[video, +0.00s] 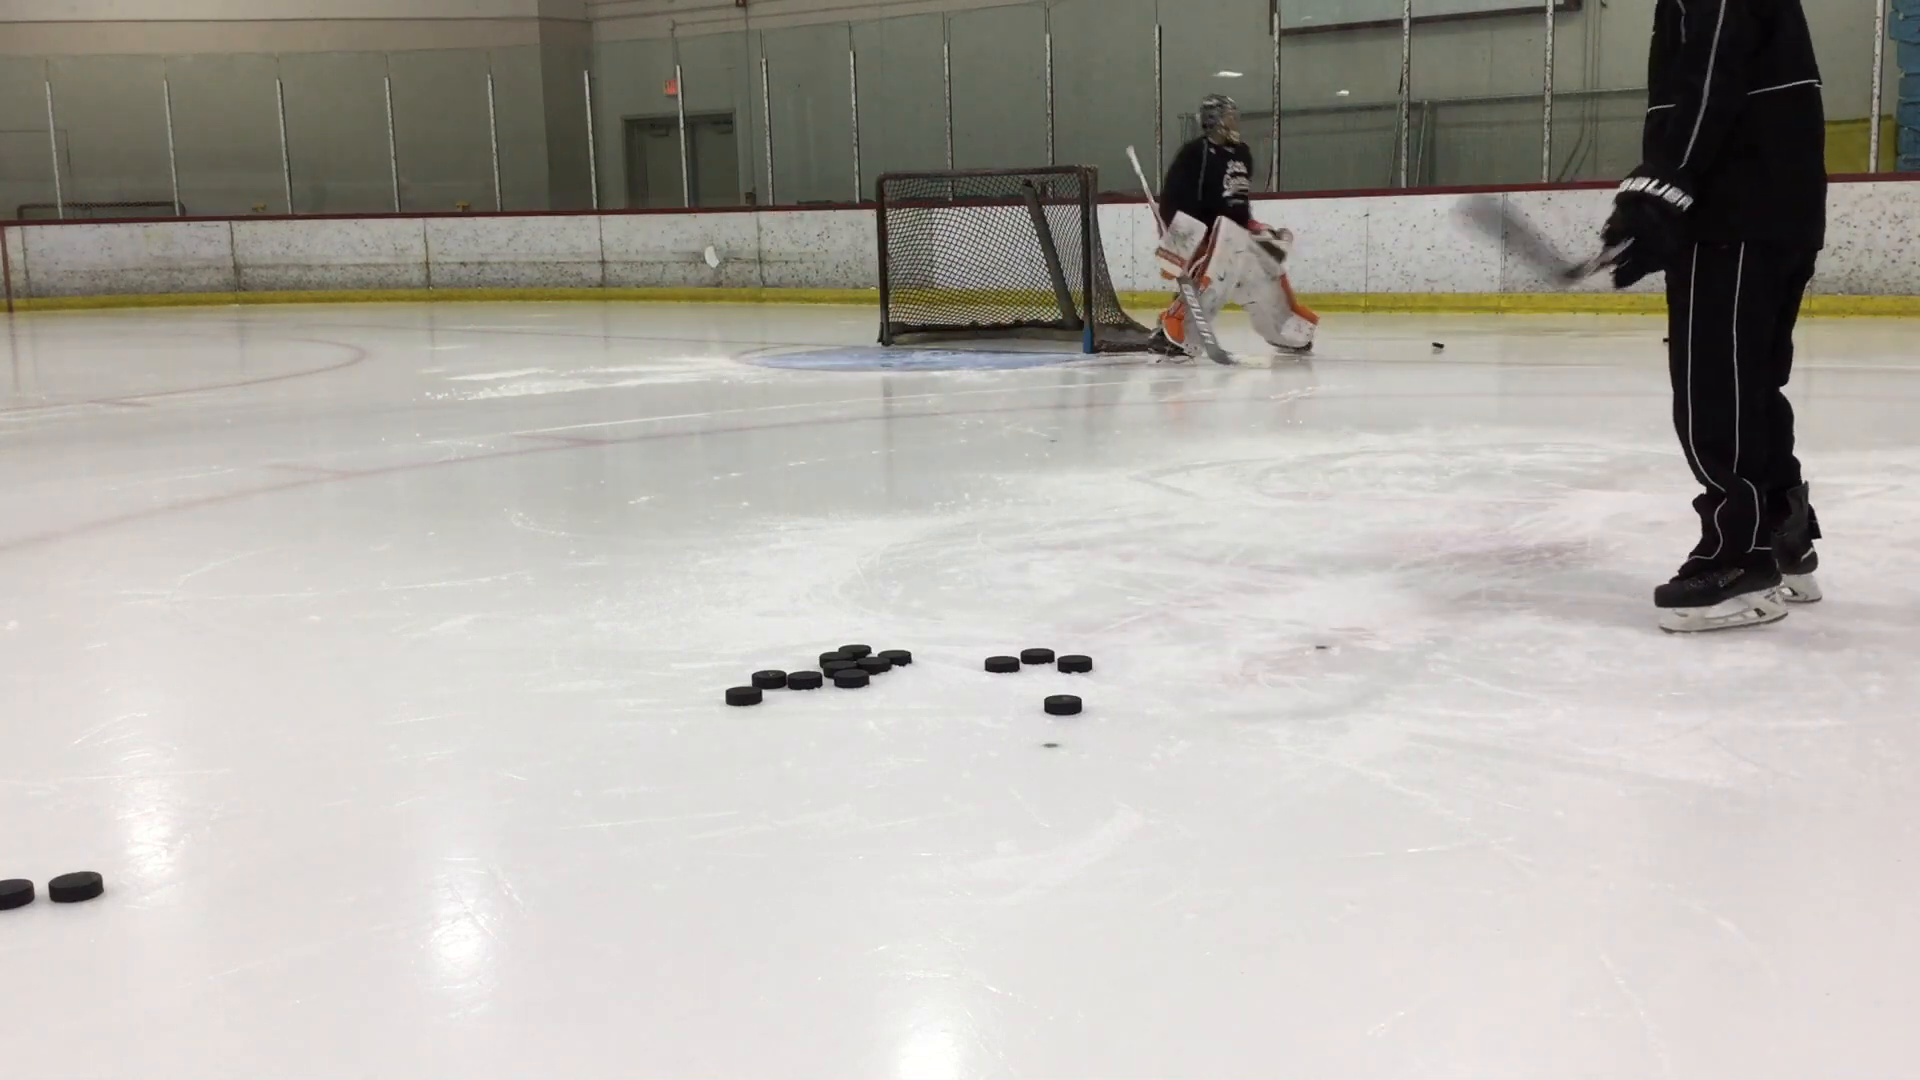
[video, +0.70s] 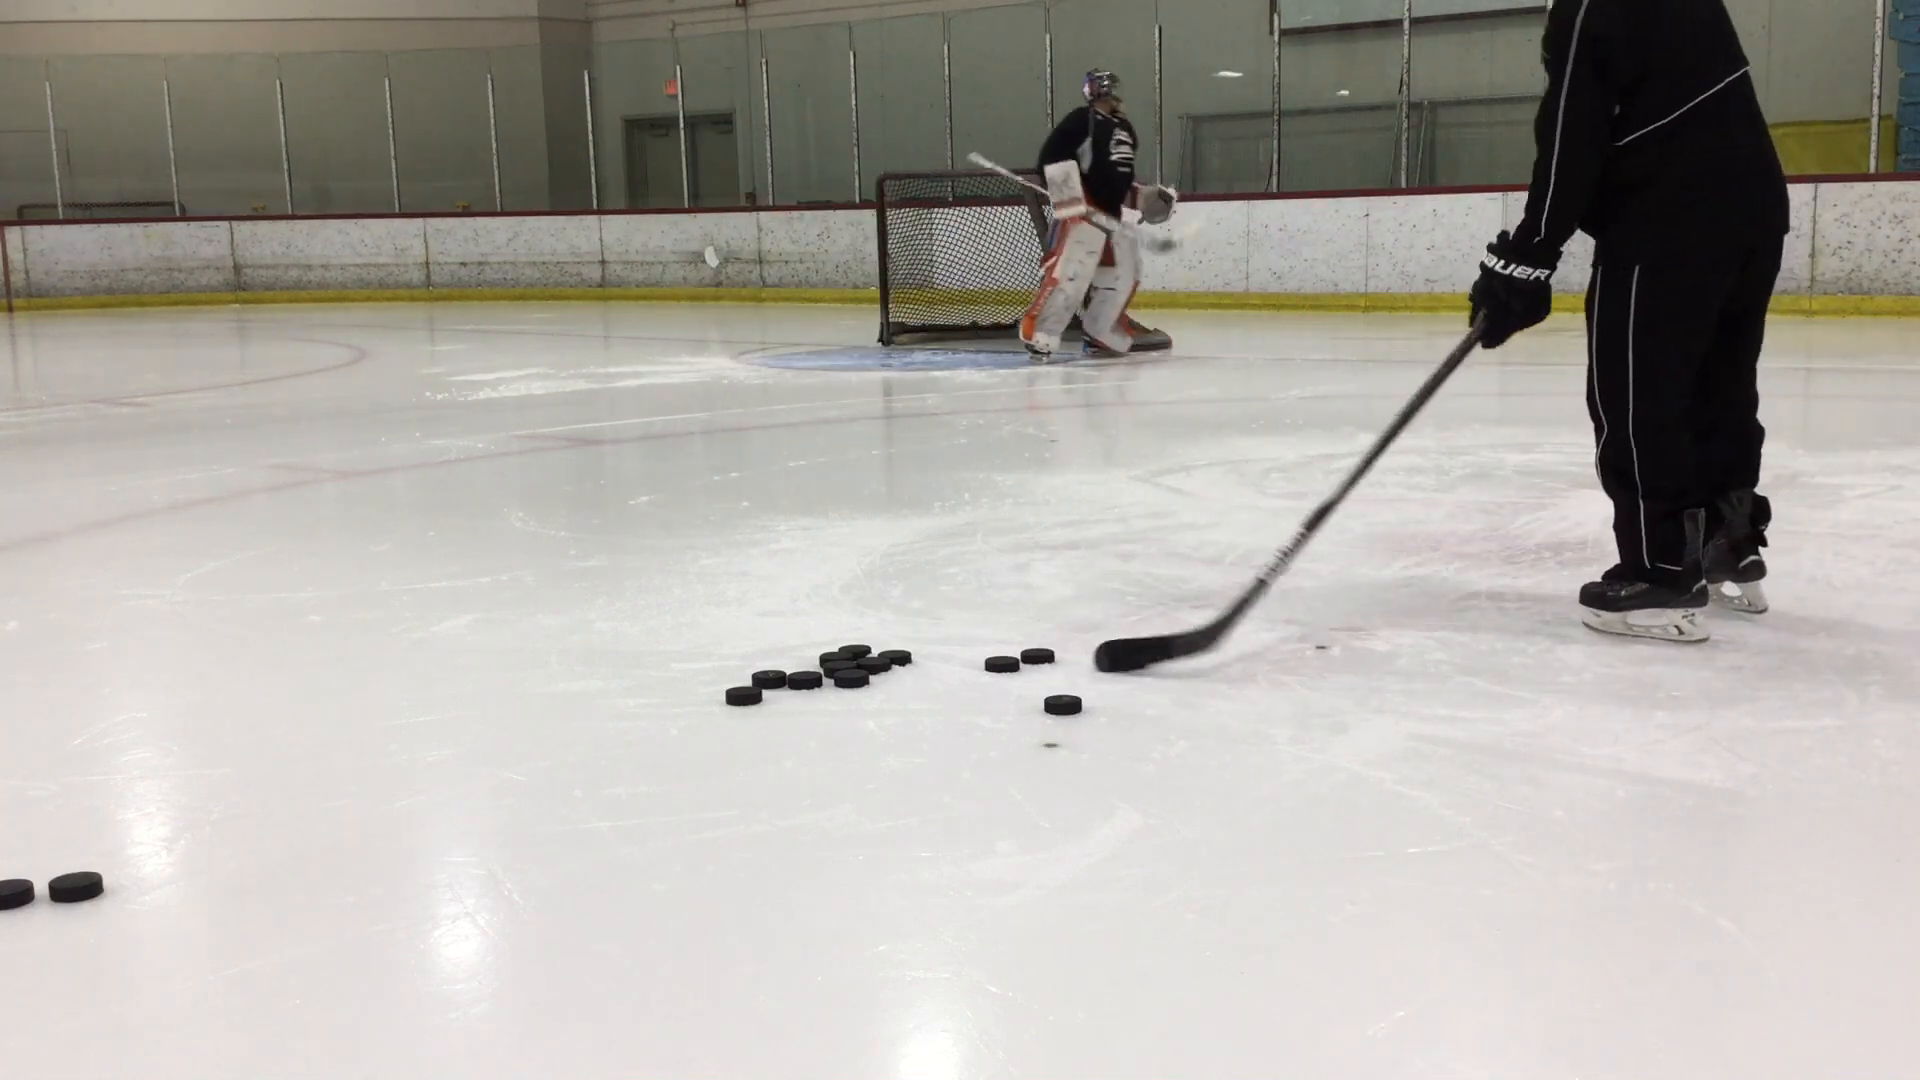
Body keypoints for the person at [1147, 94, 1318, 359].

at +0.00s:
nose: (1235, 121)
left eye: (1235, 116)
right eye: (1229, 117)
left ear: (1232, 118)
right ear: (1213, 120)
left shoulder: (1241, 152)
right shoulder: (1194, 153)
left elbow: (1237, 198)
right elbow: (1172, 203)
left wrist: (1249, 227)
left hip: (1234, 234)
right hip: (1202, 233)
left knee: (1262, 278)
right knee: (1212, 283)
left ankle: (1287, 332)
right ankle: (1173, 334)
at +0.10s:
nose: (1212, 113)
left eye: (1212, 107)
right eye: (1206, 108)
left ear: (1211, 110)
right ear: (1192, 112)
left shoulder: (1219, 146)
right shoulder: (1179, 144)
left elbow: (1217, 195)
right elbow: (1161, 192)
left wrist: (1226, 224)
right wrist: (1191, 225)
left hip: (1212, 229)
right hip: (1182, 228)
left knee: (1245, 271)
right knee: (1204, 275)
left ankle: (1249, 336)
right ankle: (1162, 332)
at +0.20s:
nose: (1193, 109)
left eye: (1192, 104)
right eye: (1186, 105)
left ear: (1186, 106)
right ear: (1174, 109)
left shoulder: (1199, 140)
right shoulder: (1164, 137)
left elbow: (1198, 182)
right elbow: (1147, 180)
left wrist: (1197, 213)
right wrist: (1168, 217)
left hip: (1192, 218)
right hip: (1167, 219)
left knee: (1224, 271)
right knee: (1179, 279)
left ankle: (1214, 335)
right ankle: (1140, 333)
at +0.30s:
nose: (1169, 106)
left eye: (1170, 100)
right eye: (1163, 101)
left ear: (1173, 102)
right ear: (1159, 104)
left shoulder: (1182, 139)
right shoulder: (1149, 135)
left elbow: (1180, 180)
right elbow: (1132, 177)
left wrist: (1180, 211)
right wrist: (1143, 213)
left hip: (1172, 217)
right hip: (1148, 218)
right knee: (1151, 276)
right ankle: (1114, 332)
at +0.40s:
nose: (1161, 101)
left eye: (1161, 96)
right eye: (1156, 97)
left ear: (1157, 100)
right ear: (1146, 101)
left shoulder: (1167, 136)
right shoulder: (1136, 131)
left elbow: (1165, 177)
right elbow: (1117, 175)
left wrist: (1166, 211)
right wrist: (1116, 223)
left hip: (1159, 217)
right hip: (1133, 218)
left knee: (1183, 270)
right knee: (1129, 274)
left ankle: (1158, 327)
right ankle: (1087, 331)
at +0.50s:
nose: (1146, 100)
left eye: (1146, 94)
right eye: (1140, 95)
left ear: (1140, 97)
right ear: (1130, 98)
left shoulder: (1152, 133)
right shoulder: (1119, 128)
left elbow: (1145, 182)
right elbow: (1095, 173)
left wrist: (1162, 210)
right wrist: (1099, 217)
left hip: (1145, 216)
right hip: (1115, 215)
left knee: (1163, 272)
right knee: (1110, 275)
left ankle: (1141, 332)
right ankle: (1066, 334)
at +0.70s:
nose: (1107, 92)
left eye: (1109, 87)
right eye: (1100, 87)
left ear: (1113, 90)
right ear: (1090, 92)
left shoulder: (1125, 127)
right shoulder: (1082, 119)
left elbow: (1117, 178)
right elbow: (1054, 157)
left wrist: (1144, 197)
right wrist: (1069, 200)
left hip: (1115, 216)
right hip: (1085, 212)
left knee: (1123, 275)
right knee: (1070, 276)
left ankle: (1101, 335)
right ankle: (1042, 336)